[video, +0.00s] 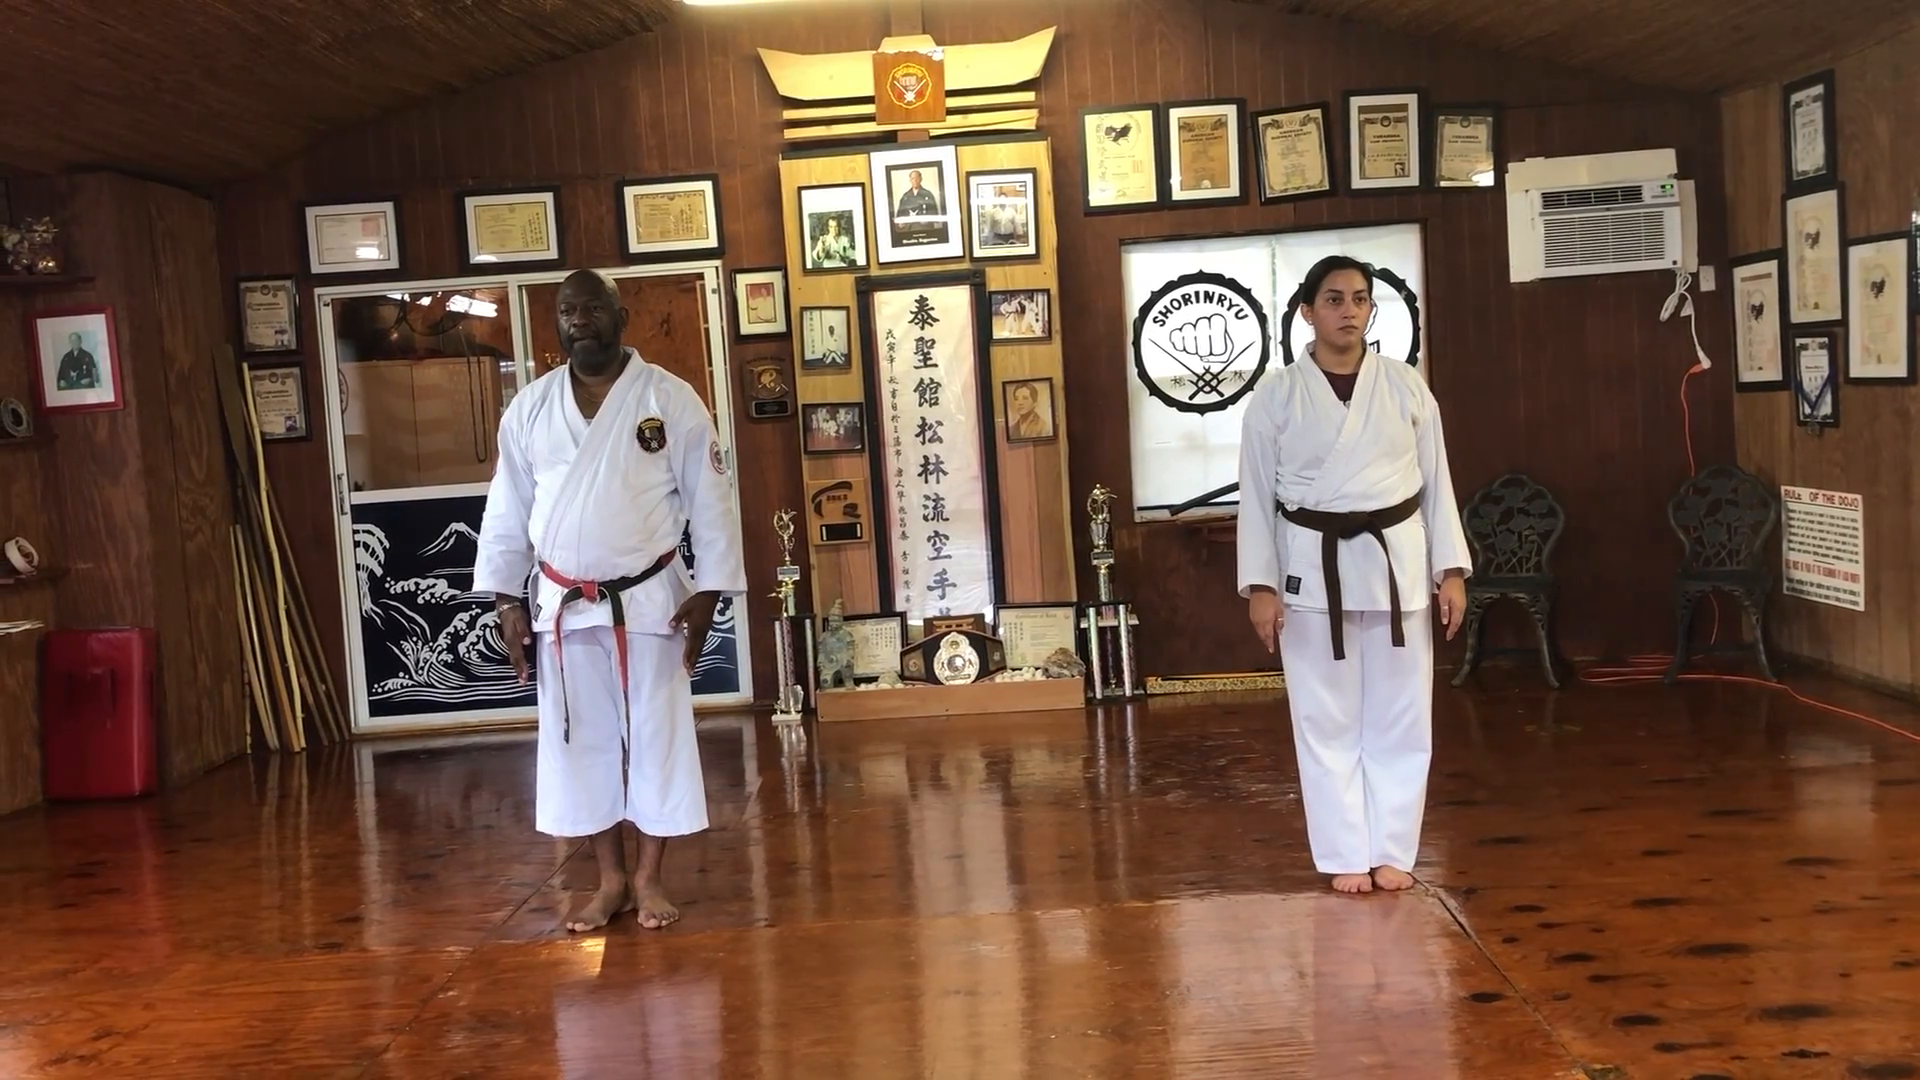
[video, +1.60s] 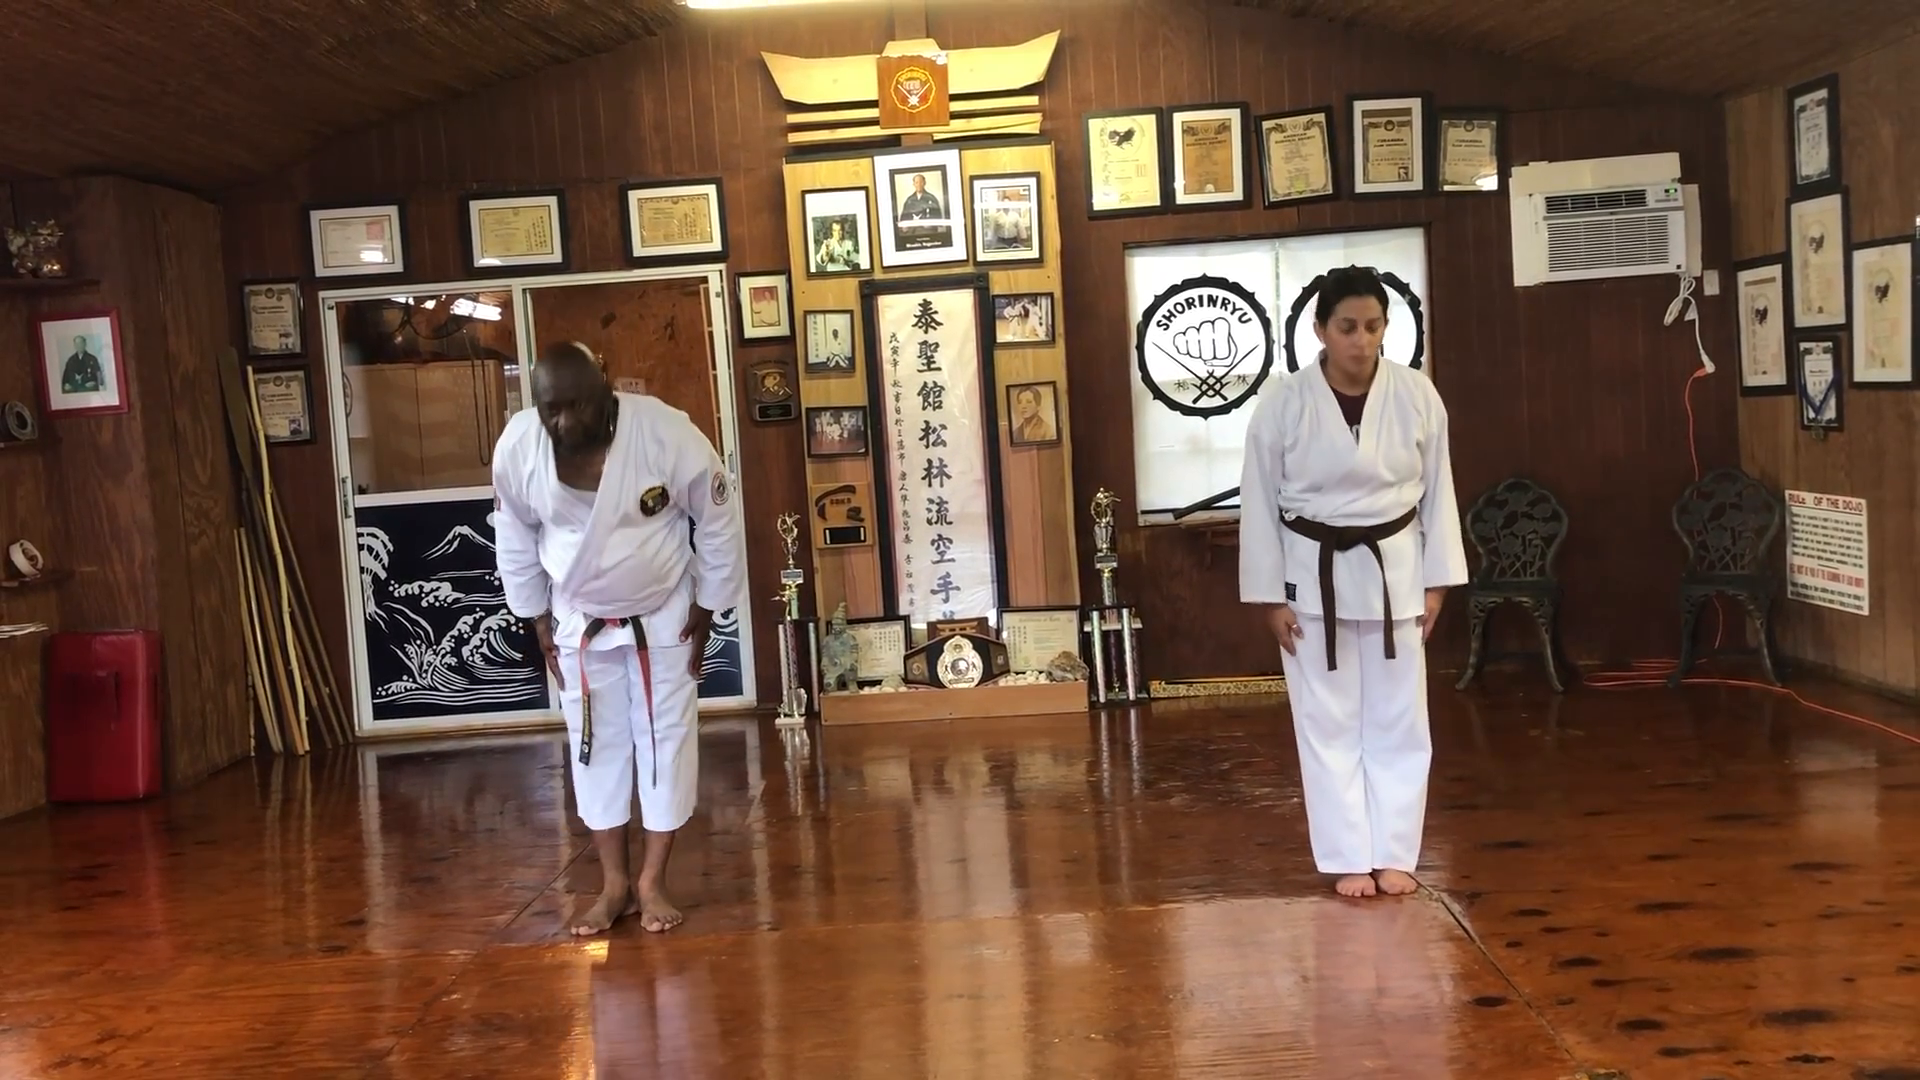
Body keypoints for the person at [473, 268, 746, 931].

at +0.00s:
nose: (581, 322)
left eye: (593, 310)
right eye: (570, 313)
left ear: (622, 318)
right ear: (556, 327)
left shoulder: (669, 398)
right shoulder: (528, 409)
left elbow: (711, 498)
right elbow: (508, 509)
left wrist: (711, 591)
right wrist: (506, 601)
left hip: (649, 592)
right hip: (563, 598)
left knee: (653, 735)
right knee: (583, 736)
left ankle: (647, 879)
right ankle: (610, 880)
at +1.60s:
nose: (565, 423)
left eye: (577, 409)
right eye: (553, 412)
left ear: (604, 392)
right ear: (539, 406)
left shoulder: (664, 433)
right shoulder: (518, 447)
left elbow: (719, 515)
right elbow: (516, 537)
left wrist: (706, 605)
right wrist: (537, 620)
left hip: (662, 614)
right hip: (578, 619)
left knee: (665, 747)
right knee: (592, 747)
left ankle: (651, 881)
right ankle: (613, 883)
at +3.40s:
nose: (581, 322)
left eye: (593, 310)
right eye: (571, 313)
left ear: (624, 318)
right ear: (559, 328)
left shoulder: (676, 399)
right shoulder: (532, 411)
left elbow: (712, 501)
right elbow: (516, 511)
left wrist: (704, 592)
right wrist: (524, 600)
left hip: (655, 591)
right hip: (571, 599)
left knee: (658, 734)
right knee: (590, 735)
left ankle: (654, 880)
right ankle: (617, 880)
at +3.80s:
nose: (592, 324)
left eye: (603, 310)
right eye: (579, 314)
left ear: (631, 316)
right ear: (566, 326)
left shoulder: (682, 394)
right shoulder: (541, 413)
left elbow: (728, 491)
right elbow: (526, 512)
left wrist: (733, 579)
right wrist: (533, 604)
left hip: (680, 585)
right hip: (591, 597)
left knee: (712, 723)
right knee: (600, 735)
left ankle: (747, 868)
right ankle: (620, 881)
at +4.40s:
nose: (693, 328)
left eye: (704, 316)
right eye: (680, 319)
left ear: (730, 323)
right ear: (664, 333)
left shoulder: (779, 406)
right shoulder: (637, 413)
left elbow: (815, 502)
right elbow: (615, 507)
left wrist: (797, 576)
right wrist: (619, 586)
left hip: (761, 594)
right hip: (668, 599)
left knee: (794, 734)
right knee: (651, 743)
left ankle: (815, 877)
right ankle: (626, 888)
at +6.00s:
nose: (681, 343)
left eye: (693, 331)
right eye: (669, 334)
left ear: (719, 338)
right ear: (653, 346)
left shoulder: (764, 423)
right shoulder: (624, 428)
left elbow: (798, 521)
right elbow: (598, 519)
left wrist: (776, 596)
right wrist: (601, 595)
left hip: (741, 613)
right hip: (651, 617)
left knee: (776, 751)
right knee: (633, 756)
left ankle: (805, 894)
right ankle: (615, 905)